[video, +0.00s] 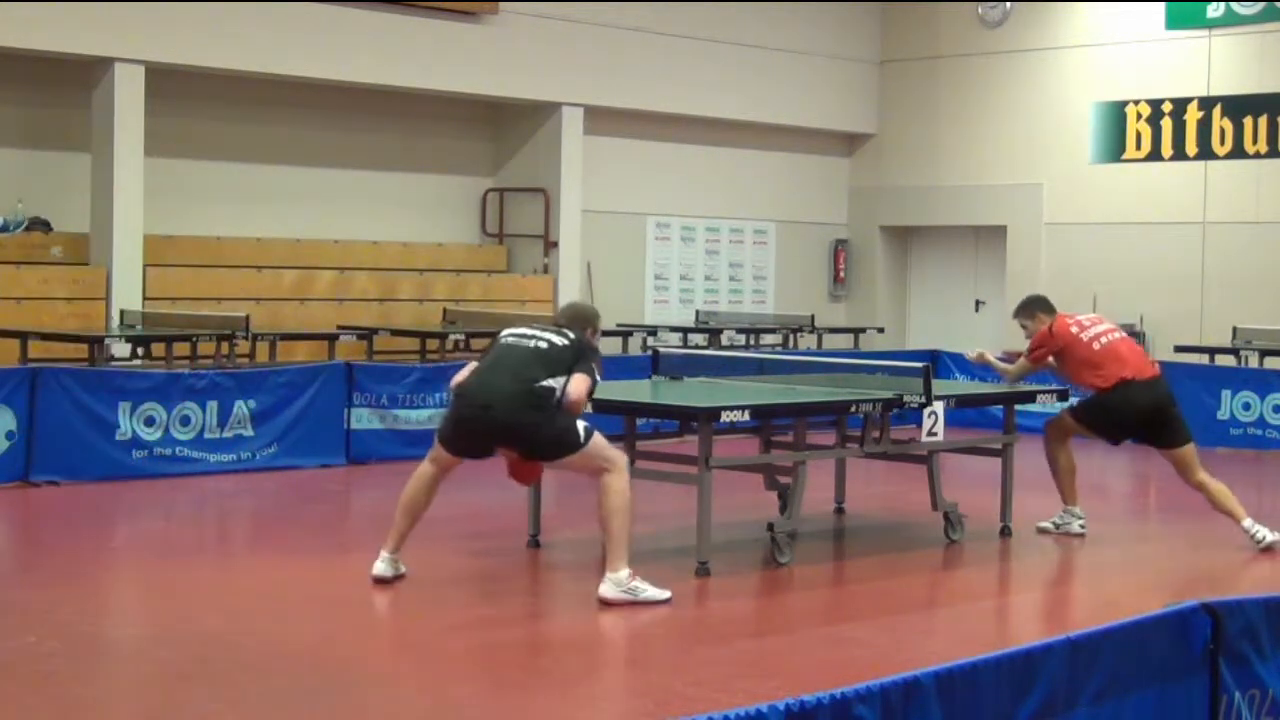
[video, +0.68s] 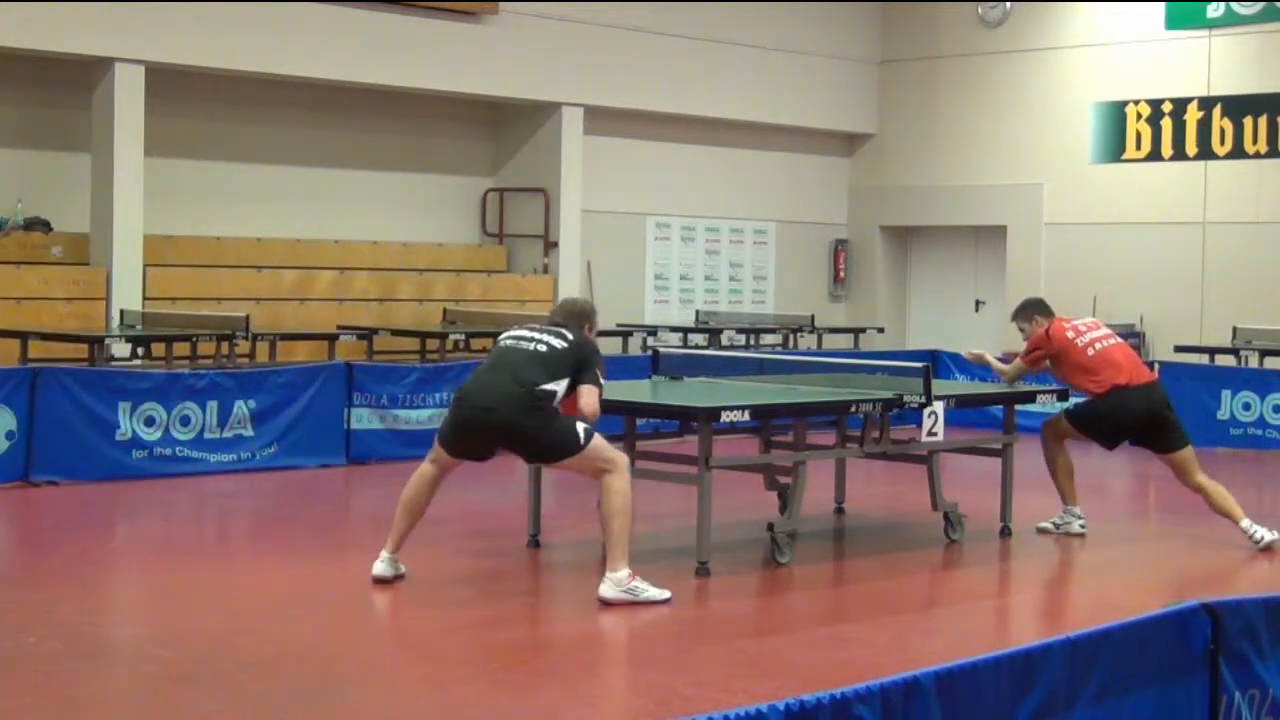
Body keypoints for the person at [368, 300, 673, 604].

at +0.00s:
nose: (597, 342)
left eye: (596, 336)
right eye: (597, 336)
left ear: (559, 322)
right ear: (589, 332)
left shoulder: (512, 334)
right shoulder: (584, 349)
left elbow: (458, 382)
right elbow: (574, 396)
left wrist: (501, 432)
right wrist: (558, 436)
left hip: (471, 408)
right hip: (529, 415)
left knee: (435, 464)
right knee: (615, 465)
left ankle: (386, 557)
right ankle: (618, 576)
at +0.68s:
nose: (595, 338)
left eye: (594, 332)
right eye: (595, 332)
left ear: (555, 319)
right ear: (586, 329)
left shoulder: (516, 331)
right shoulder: (583, 347)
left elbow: (496, 373)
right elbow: (589, 409)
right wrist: (578, 430)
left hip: (470, 409)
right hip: (525, 417)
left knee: (435, 464)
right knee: (616, 466)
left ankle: (386, 556)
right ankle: (618, 576)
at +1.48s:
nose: (589, 305)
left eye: (588, 300)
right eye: (588, 300)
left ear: (544, 296)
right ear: (580, 301)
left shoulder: (512, 313)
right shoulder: (581, 325)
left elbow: (501, 361)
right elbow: (602, 397)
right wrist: (598, 392)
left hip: (472, 404)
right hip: (529, 410)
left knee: (435, 463)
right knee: (616, 465)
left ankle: (386, 557)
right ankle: (618, 576)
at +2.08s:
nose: (594, 279)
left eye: (592, 272)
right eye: (593, 272)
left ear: (550, 271)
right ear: (584, 275)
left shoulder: (518, 297)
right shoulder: (584, 303)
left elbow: (500, 348)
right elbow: (608, 368)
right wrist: (622, 379)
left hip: (486, 400)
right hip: (539, 404)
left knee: (444, 467)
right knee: (625, 469)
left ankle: (389, 556)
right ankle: (619, 577)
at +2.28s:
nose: (595, 237)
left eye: (593, 231)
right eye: (593, 231)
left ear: (549, 233)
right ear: (585, 234)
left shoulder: (519, 263)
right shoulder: (595, 264)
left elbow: (482, 330)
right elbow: (612, 319)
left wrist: (508, 339)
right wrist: (629, 347)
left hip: (505, 366)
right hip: (558, 369)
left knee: (467, 442)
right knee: (633, 444)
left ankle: (431, 534)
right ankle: (622, 547)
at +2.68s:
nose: (582, 244)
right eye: (581, 239)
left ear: (543, 243)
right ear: (580, 241)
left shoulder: (521, 281)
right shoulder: (598, 272)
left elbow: (495, 350)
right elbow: (640, 327)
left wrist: (516, 368)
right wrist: (656, 353)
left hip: (530, 387)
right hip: (583, 387)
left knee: (505, 447)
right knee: (638, 469)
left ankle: (476, 536)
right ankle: (626, 566)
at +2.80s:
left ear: (527, 246)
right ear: (564, 243)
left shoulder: (508, 281)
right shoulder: (584, 266)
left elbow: (488, 351)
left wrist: (513, 353)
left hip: (526, 378)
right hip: (577, 375)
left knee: (504, 449)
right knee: (627, 464)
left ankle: (490, 536)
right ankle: (626, 564)